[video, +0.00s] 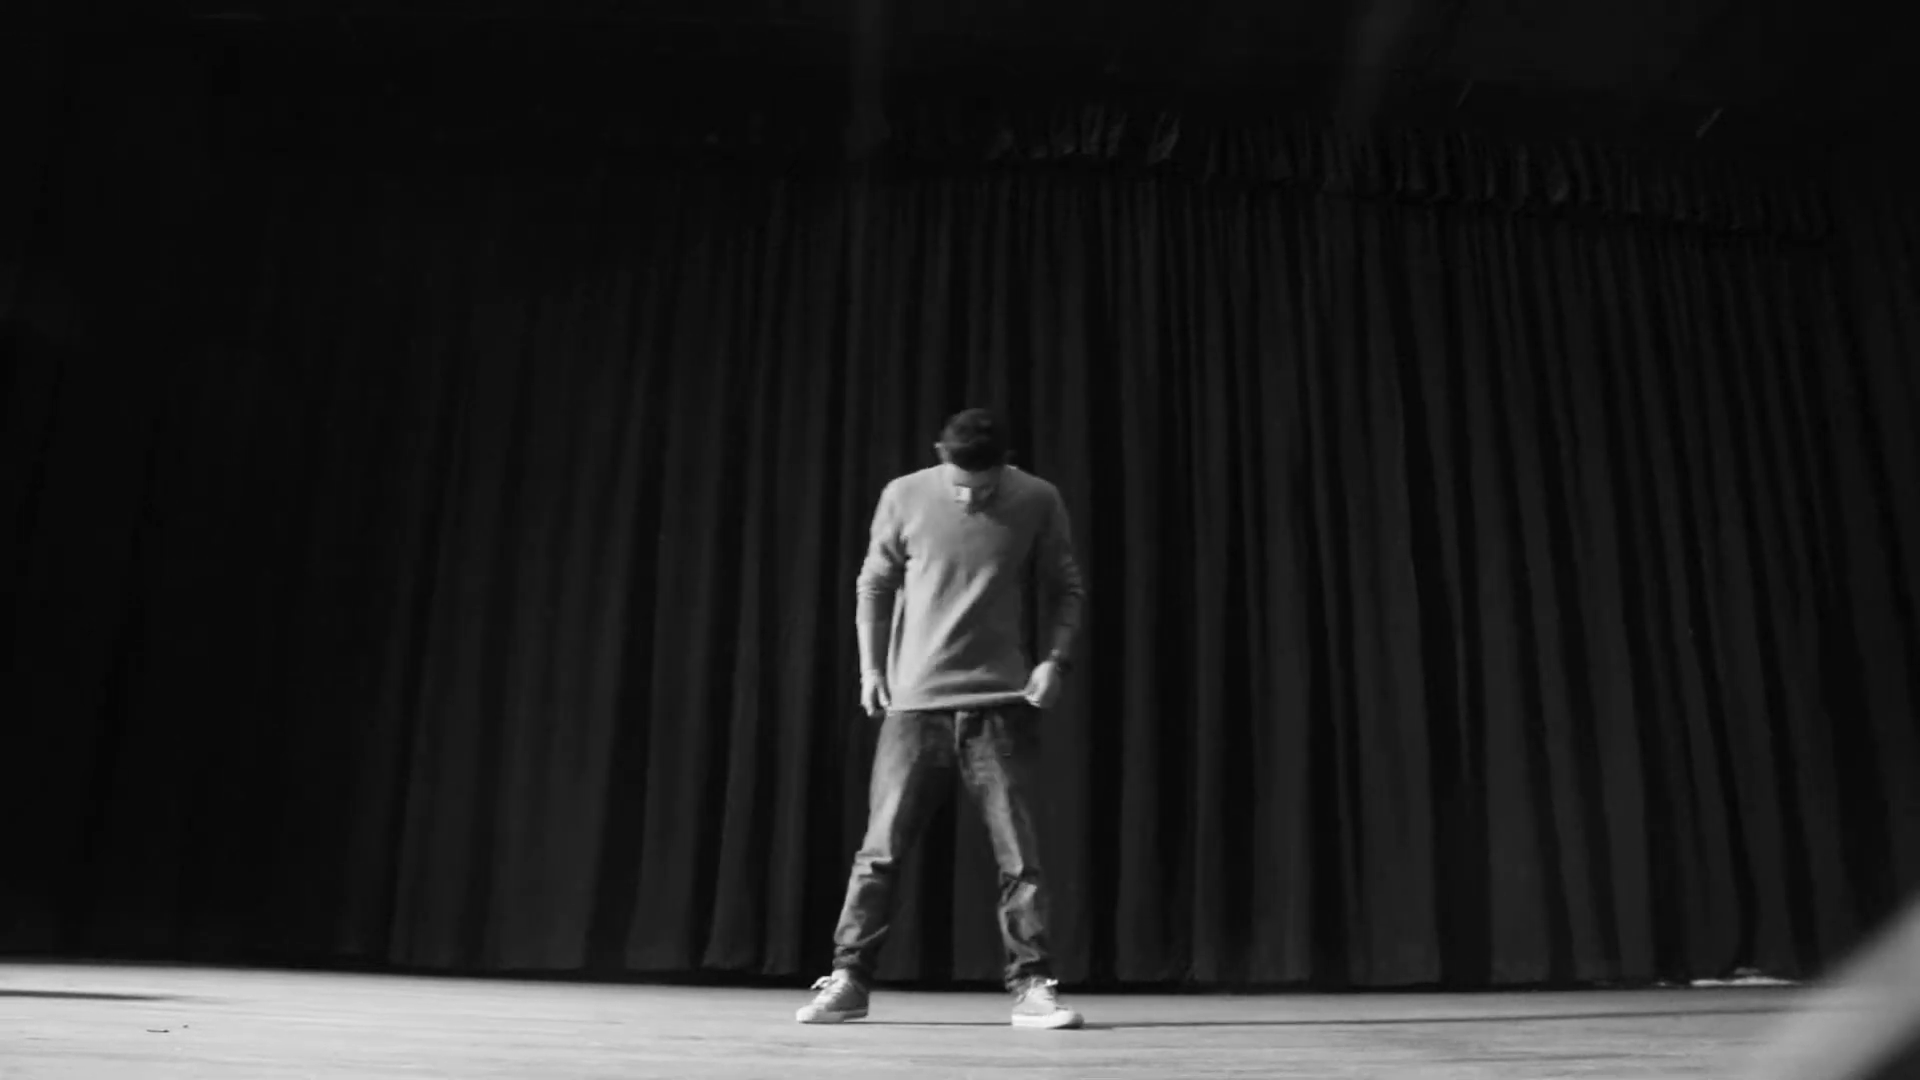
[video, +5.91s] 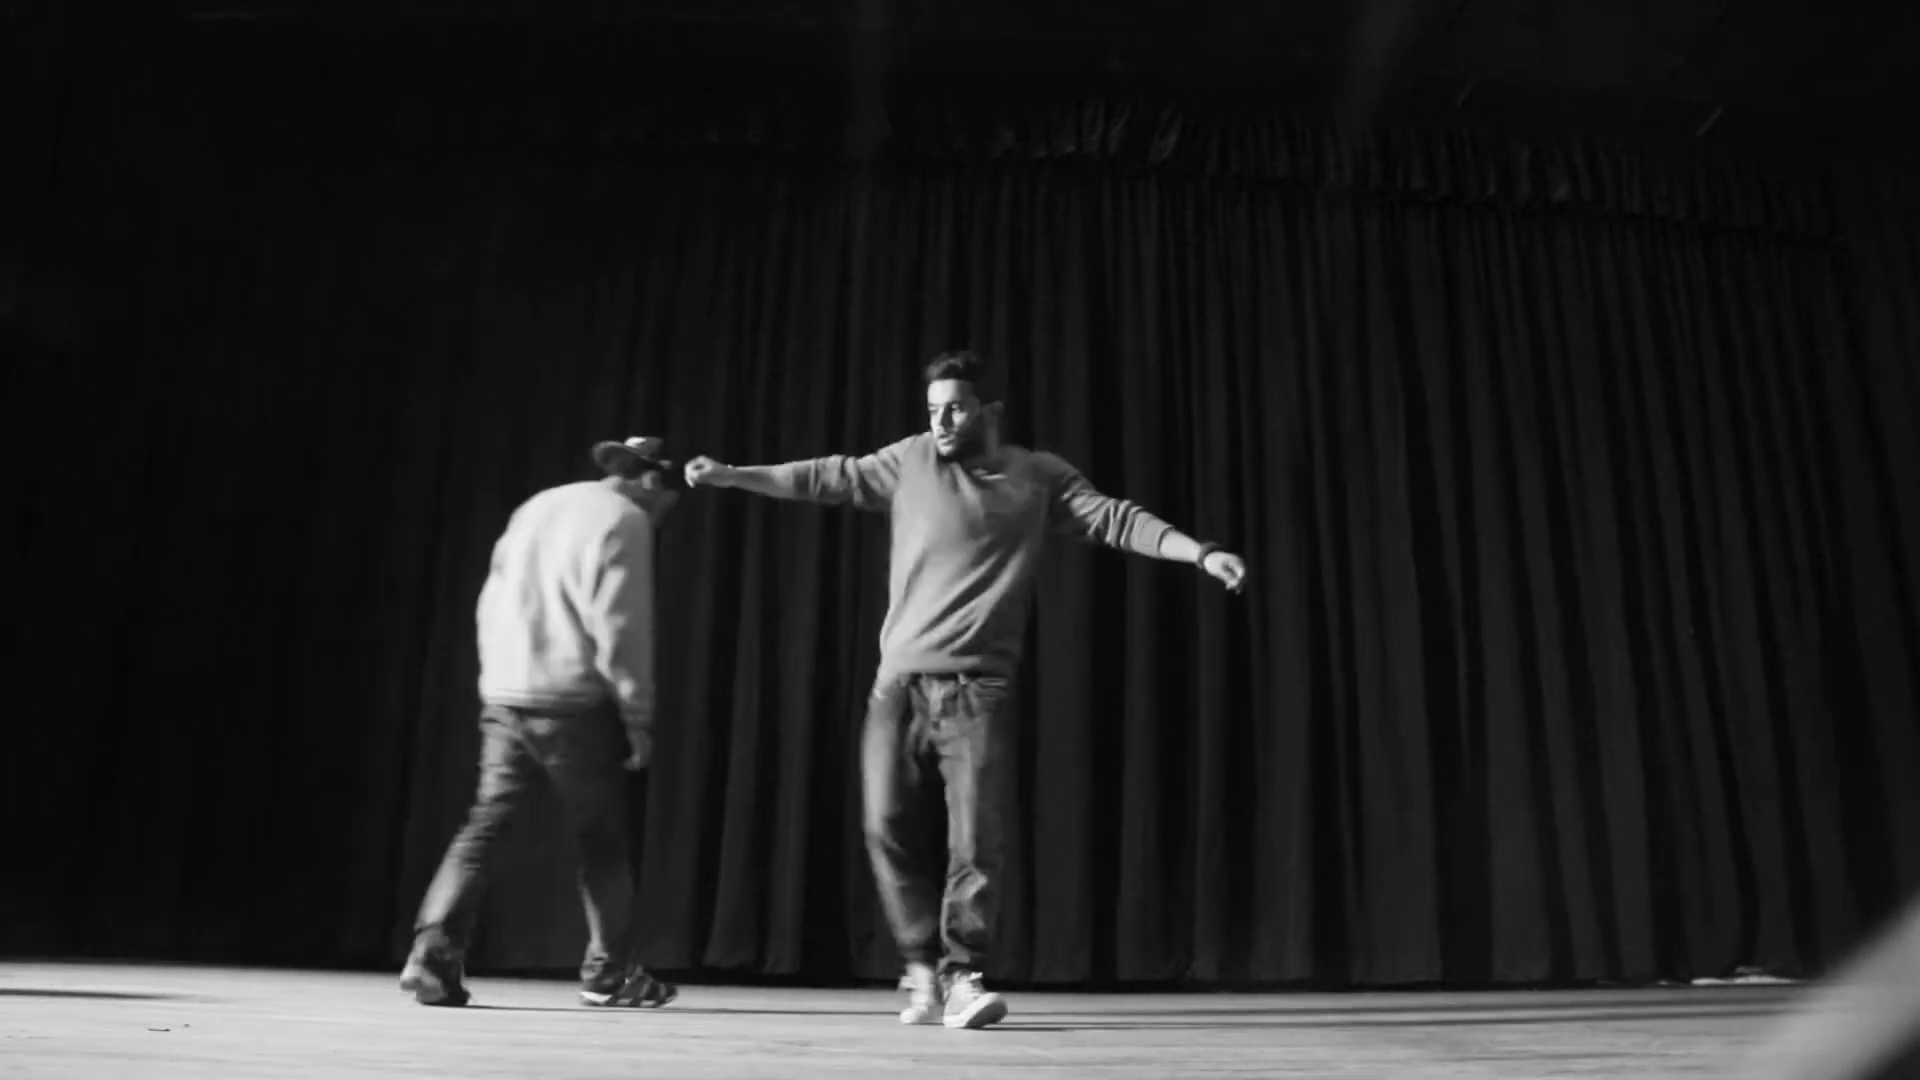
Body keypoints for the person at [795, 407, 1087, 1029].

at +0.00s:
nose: (968, 495)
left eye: (979, 484)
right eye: (957, 483)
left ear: (1001, 466)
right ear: (941, 463)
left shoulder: (1038, 502)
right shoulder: (903, 498)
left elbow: (1068, 592)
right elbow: (874, 583)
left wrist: (1054, 663)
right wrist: (870, 668)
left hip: (996, 702)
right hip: (913, 703)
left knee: (1019, 856)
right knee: (880, 851)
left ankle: (1032, 989)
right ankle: (847, 981)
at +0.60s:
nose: (939, 499)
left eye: (951, 489)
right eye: (928, 486)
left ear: (972, 470)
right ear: (910, 462)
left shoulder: (1006, 499)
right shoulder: (874, 500)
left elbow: (1046, 582)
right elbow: (831, 586)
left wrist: (1078, 658)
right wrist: (798, 674)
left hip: (983, 707)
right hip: (899, 705)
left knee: (1008, 856)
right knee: (872, 856)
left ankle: (1030, 988)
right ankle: (849, 983)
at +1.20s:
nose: (935, 514)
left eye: (946, 504)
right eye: (923, 503)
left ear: (969, 478)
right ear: (904, 480)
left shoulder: (1009, 492)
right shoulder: (873, 493)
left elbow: (1089, 535)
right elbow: (801, 533)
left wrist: (1140, 601)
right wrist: (733, 596)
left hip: (986, 708)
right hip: (902, 707)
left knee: (1010, 856)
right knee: (875, 854)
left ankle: (1031, 991)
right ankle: (849, 985)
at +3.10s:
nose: (978, 457)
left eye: (991, 444)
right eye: (967, 443)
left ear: (1011, 437)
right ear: (946, 430)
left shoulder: (1040, 490)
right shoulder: (907, 486)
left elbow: (1122, 516)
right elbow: (822, 497)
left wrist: (1206, 529)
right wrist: (733, 500)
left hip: (1008, 690)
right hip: (925, 689)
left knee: (1022, 846)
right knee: (912, 840)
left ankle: (1020, 982)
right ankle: (894, 979)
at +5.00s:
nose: (961, 428)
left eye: (974, 415)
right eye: (949, 414)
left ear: (994, 414)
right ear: (931, 413)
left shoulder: (1025, 466)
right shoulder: (900, 488)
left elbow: (1089, 526)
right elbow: (817, 513)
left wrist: (1150, 570)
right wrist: (721, 519)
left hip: (998, 681)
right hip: (920, 684)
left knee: (1000, 806)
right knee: (921, 832)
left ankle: (965, 969)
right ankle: (956, 974)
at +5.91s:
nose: (942, 421)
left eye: (954, 409)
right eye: (935, 410)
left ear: (989, 409)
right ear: (930, 412)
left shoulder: (1041, 476)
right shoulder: (909, 461)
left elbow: (1116, 521)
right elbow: (822, 477)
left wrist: (1199, 553)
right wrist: (730, 475)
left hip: (979, 682)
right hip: (900, 677)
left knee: (976, 835)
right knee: (885, 826)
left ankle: (965, 979)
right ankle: (919, 969)